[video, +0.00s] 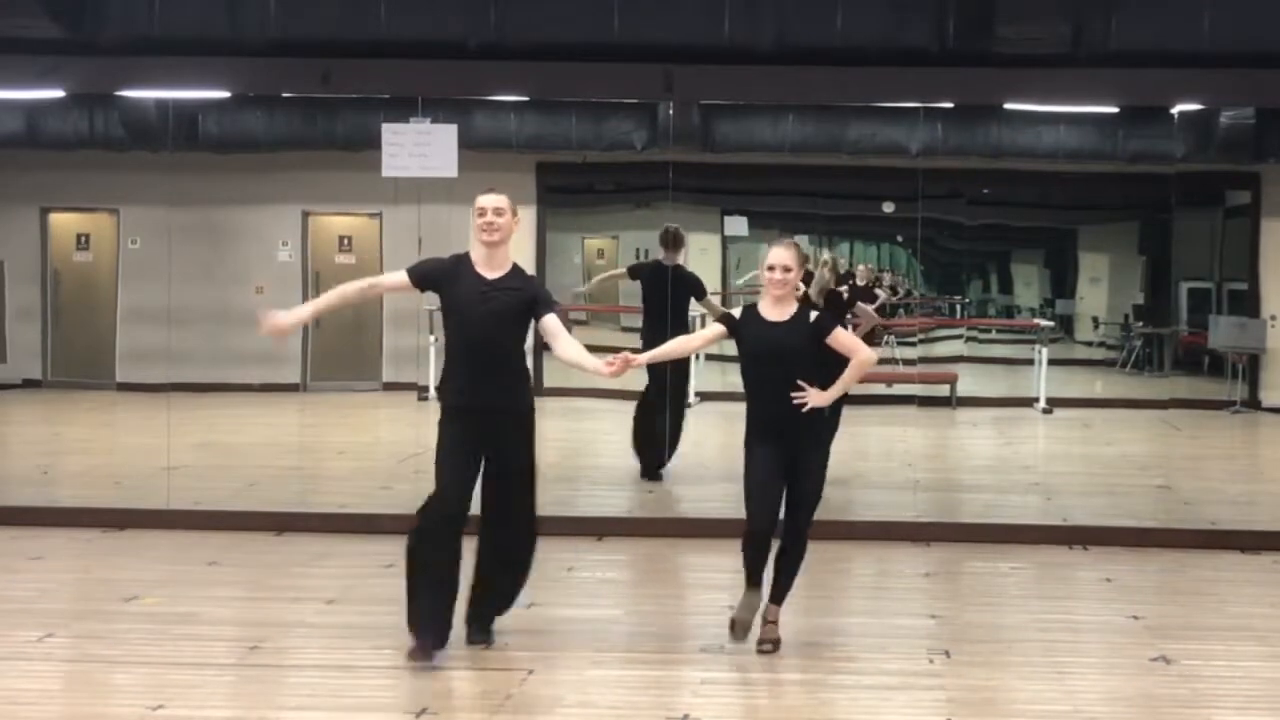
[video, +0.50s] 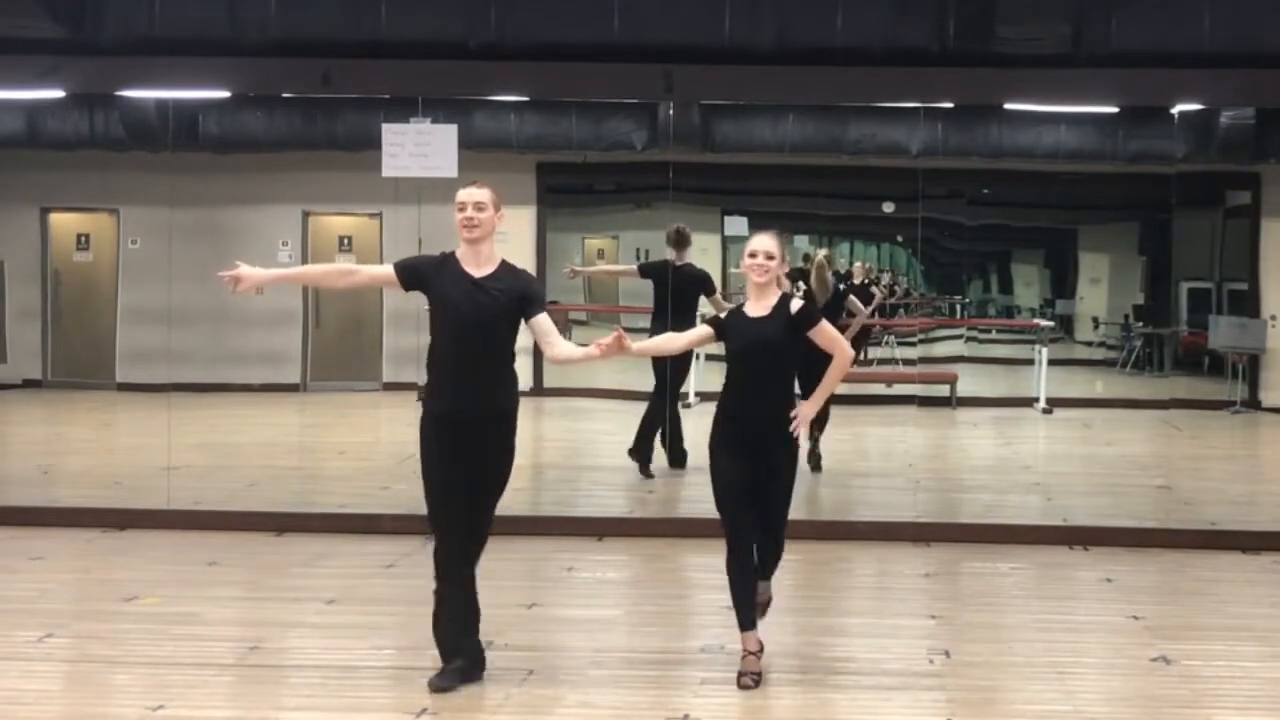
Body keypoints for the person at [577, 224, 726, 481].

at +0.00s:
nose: (679, 249)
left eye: (671, 245)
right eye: (681, 245)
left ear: (661, 245)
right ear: (683, 246)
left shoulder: (646, 269)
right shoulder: (688, 278)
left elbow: (609, 276)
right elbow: (712, 307)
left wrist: (588, 287)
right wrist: (729, 319)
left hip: (651, 344)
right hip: (679, 347)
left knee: (654, 393)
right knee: (674, 402)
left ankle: (646, 452)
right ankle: (659, 457)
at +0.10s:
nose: (675, 250)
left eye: (670, 245)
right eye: (680, 245)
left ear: (662, 246)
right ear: (683, 247)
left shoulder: (649, 270)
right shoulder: (691, 279)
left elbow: (611, 273)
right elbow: (715, 307)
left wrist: (578, 277)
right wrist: (734, 317)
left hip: (653, 345)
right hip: (679, 348)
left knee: (665, 397)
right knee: (652, 398)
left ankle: (681, 444)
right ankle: (631, 455)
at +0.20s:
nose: (676, 251)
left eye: (670, 246)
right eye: (681, 246)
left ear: (664, 247)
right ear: (685, 248)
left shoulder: (653, 270)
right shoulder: (692, 280)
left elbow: (611, 271)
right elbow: (717, 306)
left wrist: (579, 271)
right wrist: (738, 316)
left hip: (656, 345)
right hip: (679, 348)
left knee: (672, 399)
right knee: (649, 400)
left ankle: (687, 450)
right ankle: (629, 454)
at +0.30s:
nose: (677, 248)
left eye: (671, 243)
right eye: (684, 243)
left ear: (667, 245)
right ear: (687, 246)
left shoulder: (655, 268)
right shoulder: (695, 277)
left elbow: (615, 269)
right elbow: (717, 305)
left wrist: (581, 270)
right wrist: (737, 313)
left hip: (656, 343)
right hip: (679, 346)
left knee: (672, 399)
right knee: (653, 399)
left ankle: (682, 455)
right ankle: (632, 453)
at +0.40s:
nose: (678, 248)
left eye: (672, 243)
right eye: (686, 243)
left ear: (668, 245)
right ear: (689, 246)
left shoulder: (656, 267)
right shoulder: (698, 276)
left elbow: (618, 269)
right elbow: (720, 306)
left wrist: (582, 270)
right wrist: (738, 313)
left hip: (655, 341)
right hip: (681, 343)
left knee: (669, 396)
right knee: (657, 395)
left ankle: (678, 454)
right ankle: (635, 451)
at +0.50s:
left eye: (673, 242)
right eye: (687, 242)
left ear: (669, 245)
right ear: (690, 245)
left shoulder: (658, 268)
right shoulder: (700, 276)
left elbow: (619, 270)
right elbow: (721, 307)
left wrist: (583, 271)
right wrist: (737, 312)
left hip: (657, 341)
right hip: (684, 343)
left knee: (668, 396)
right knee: (664, 395)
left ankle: (676, 455)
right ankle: (641, 450)